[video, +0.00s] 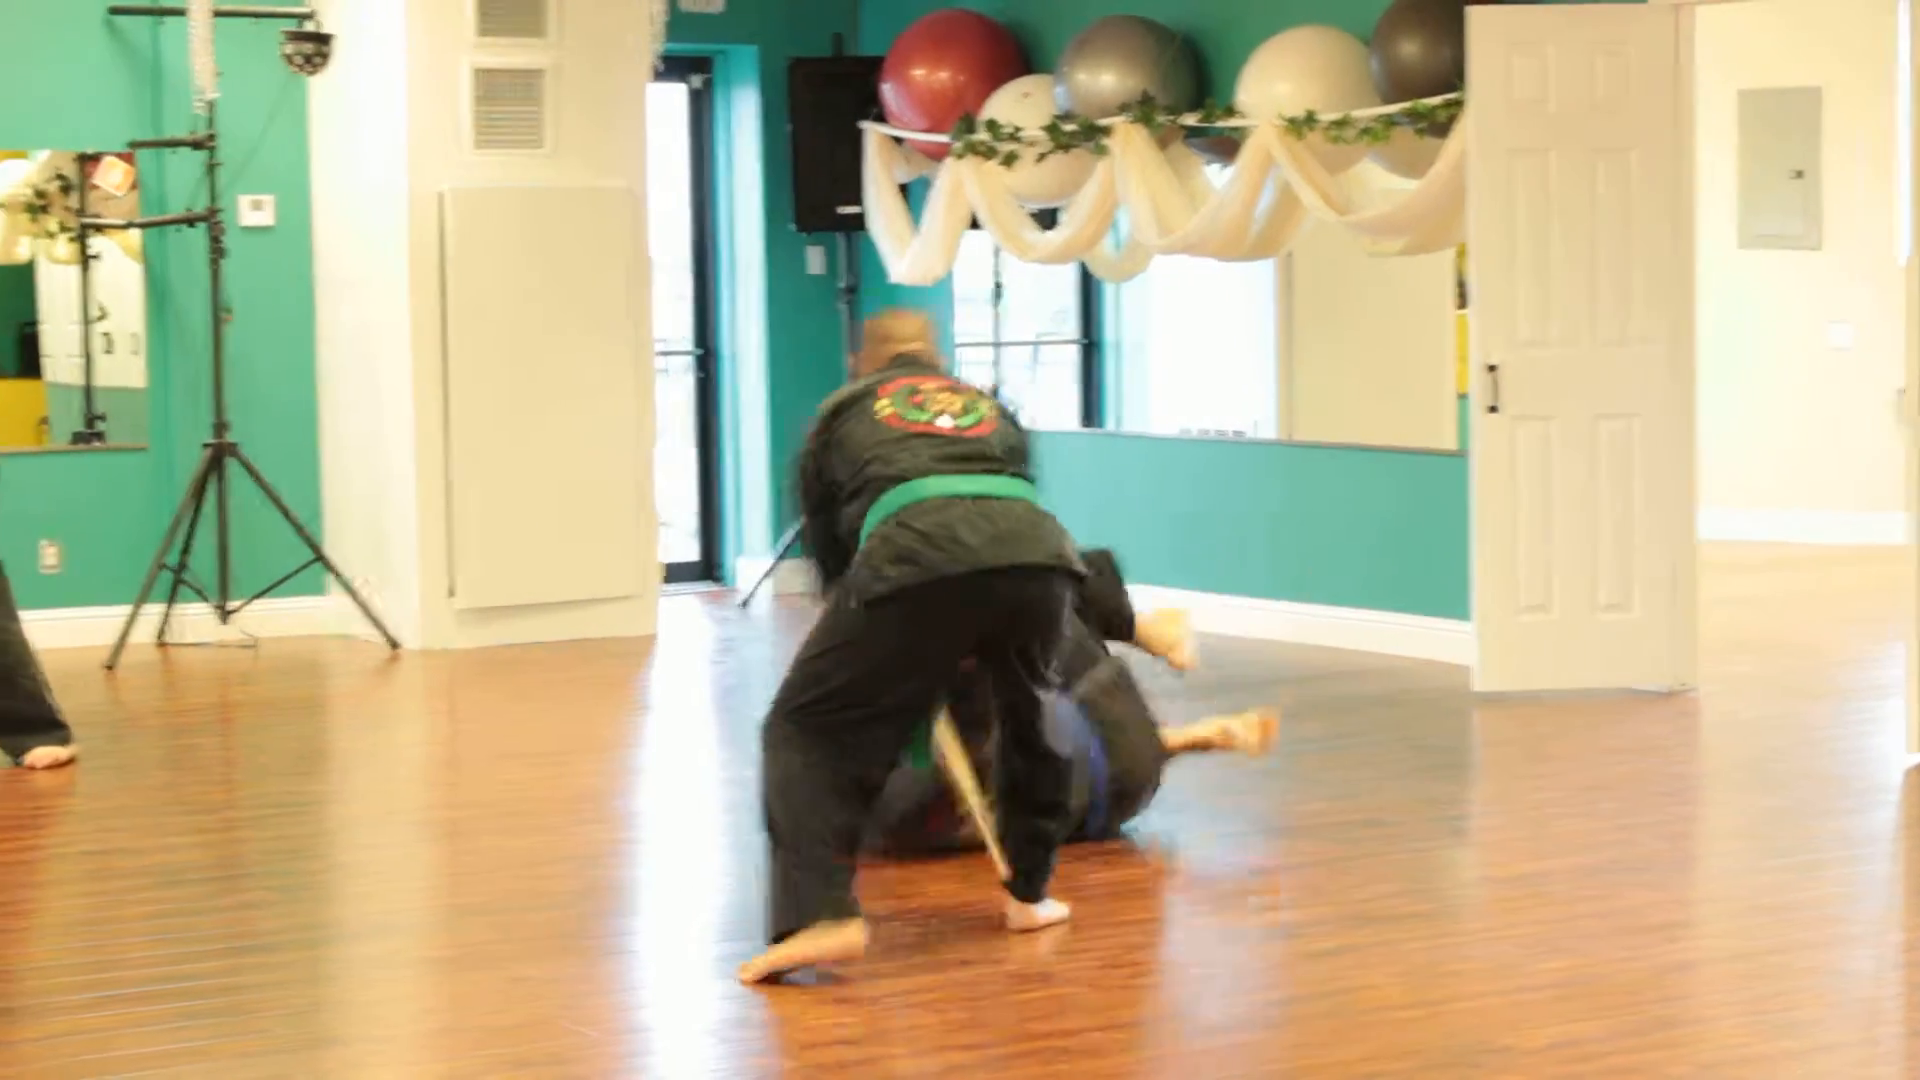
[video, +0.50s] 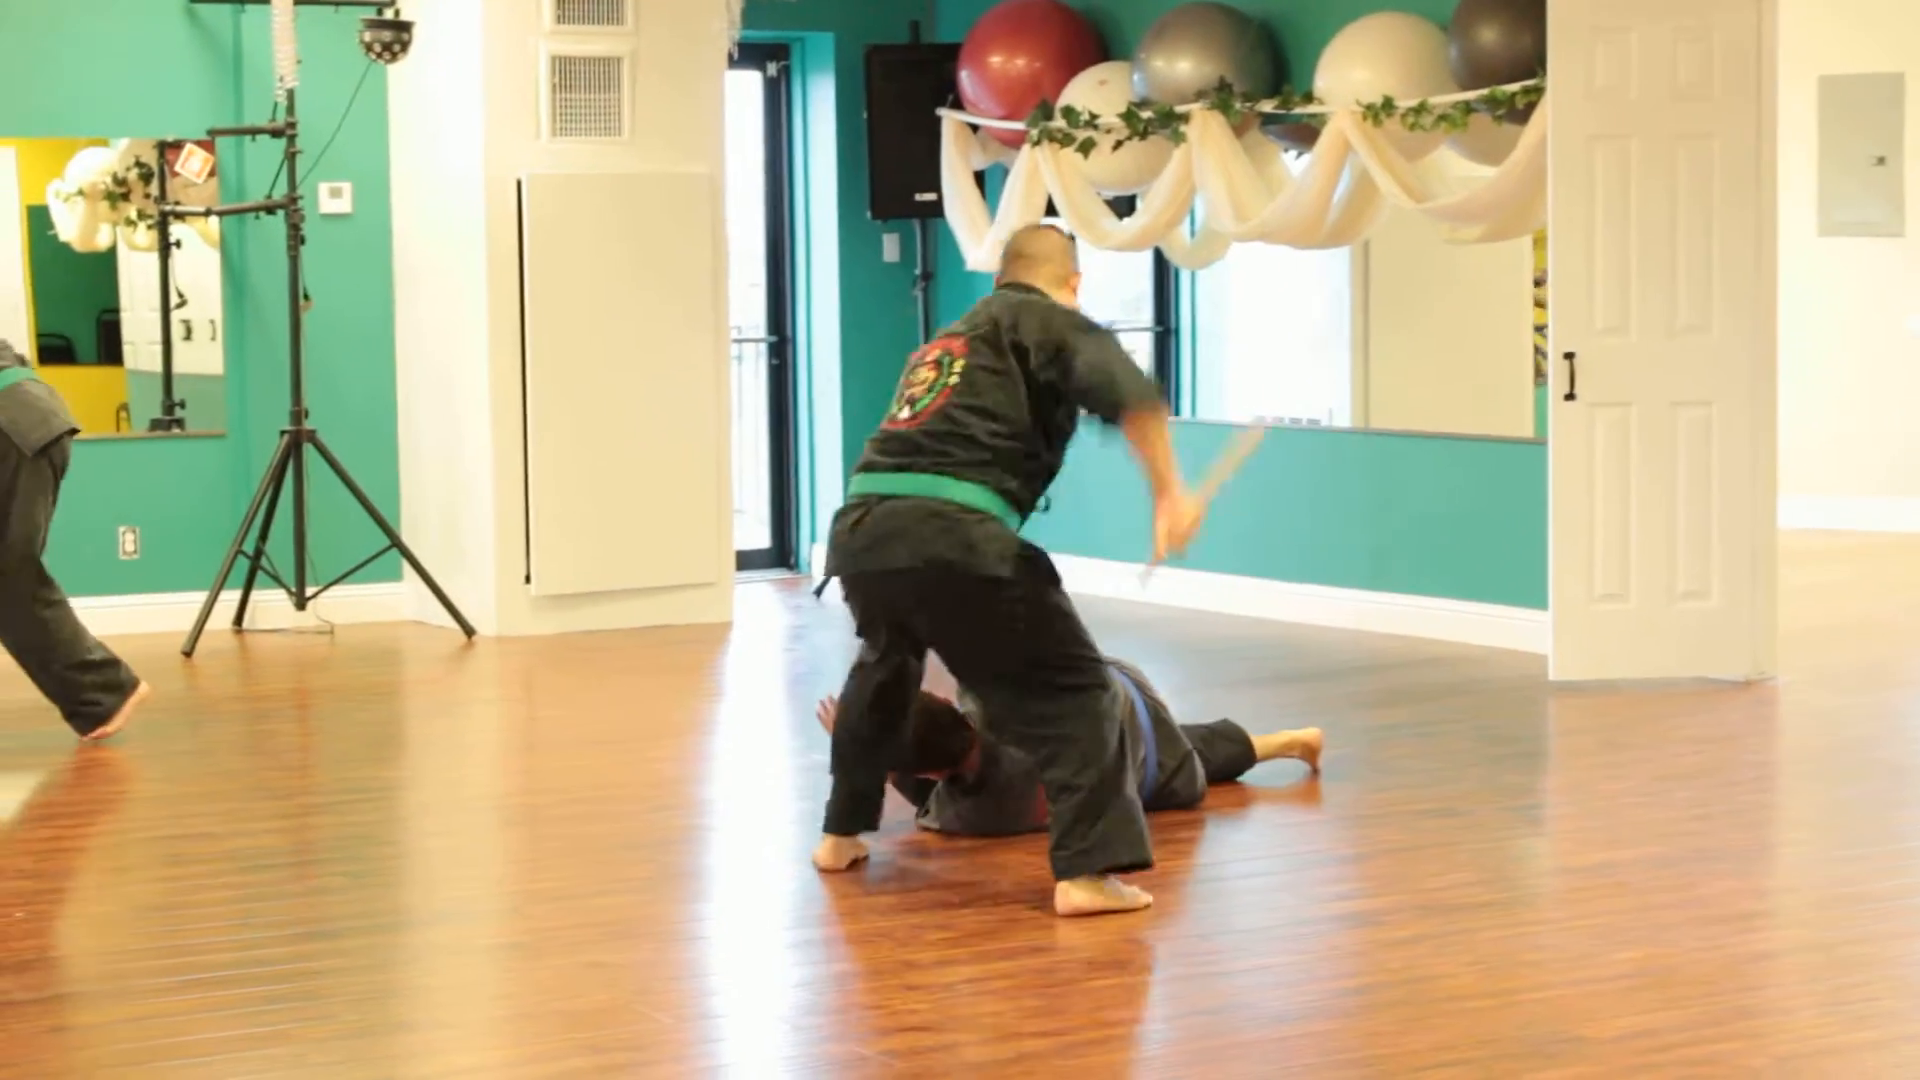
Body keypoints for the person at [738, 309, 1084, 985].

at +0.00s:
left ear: (863, 366)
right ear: (935, 359)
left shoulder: (836, 420)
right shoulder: (990, 408)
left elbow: (835, 561)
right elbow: (1013, 511)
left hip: (914, 566)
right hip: (1033, 558)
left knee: (806, 728)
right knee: (1027, 710)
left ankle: (824, 914)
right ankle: (1030, 890)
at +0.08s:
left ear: (951, 338)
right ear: (1021, 339)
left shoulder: (907, 387)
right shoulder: (1066, 397)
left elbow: (887, 495)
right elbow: (1093, 521)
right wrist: (1075, 595)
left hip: (923, 546)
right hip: (1045, 551)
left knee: (837, 714)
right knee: (1063, 704)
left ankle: (840, 852)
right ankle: (1065, 887)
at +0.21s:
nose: (1098, 328)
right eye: (1096, 320)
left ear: (1013, 317)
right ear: (1090, 325)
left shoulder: (948, 359)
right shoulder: (1116, 385)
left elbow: (924, 455)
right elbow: (1127, 537)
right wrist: (1091, 555)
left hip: (896, 525)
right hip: (1016, 532)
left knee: (880, 682)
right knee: (1075, 703)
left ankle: (836, 809)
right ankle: (1089, 886)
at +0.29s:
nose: (1104, 316)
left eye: (1099, 309)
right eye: (1103, 308)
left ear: (1020, 301)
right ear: (1094, 310)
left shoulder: (968, 343)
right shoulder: (1108, 368)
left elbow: (944, 439)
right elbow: (1131, 520)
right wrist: (1090, 548)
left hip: (881, 513)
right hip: (992, 520)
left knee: (888, 657)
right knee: (1084, 691)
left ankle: (824, 824)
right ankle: (1094, 883)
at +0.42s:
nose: (1095, 302)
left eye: (1095, 293)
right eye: (1095, 292)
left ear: (1018, 282)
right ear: (1083, 289)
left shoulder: (967, 336)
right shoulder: (1074, 338)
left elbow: (957, 450)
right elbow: (1133, 463)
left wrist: (1042, 540)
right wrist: (1125, 523)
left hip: (856, 526)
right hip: (951, 528)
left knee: (885, 654)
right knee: (1086, 676)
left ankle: (835, 833)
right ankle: (1083, 875)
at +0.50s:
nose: (1079, 298)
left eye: (1077, 289)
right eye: (1078, 288)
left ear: (999, 279)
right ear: (1067, 284)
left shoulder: (949, 336)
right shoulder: (1045, 320)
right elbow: (1132, 391)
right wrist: (1170, 491)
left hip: (862, 532)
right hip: (956, 534)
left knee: (886, 653)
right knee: (1074, 688)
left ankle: (841, 832)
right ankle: (1085, 871)